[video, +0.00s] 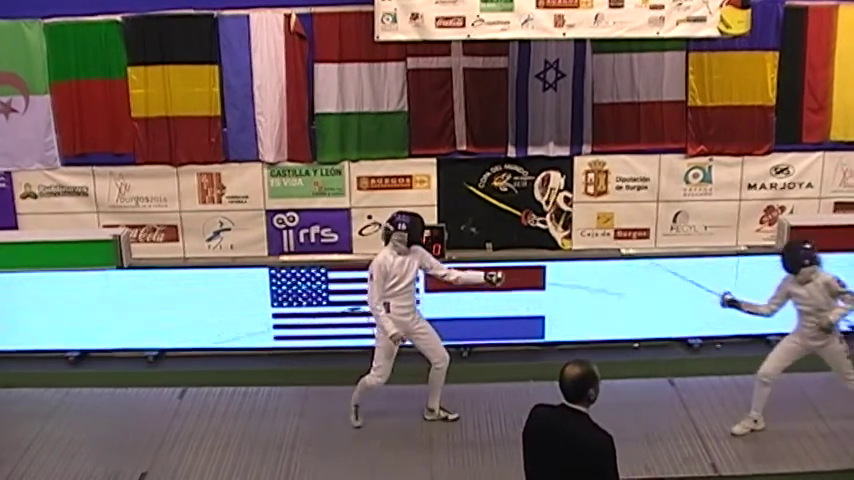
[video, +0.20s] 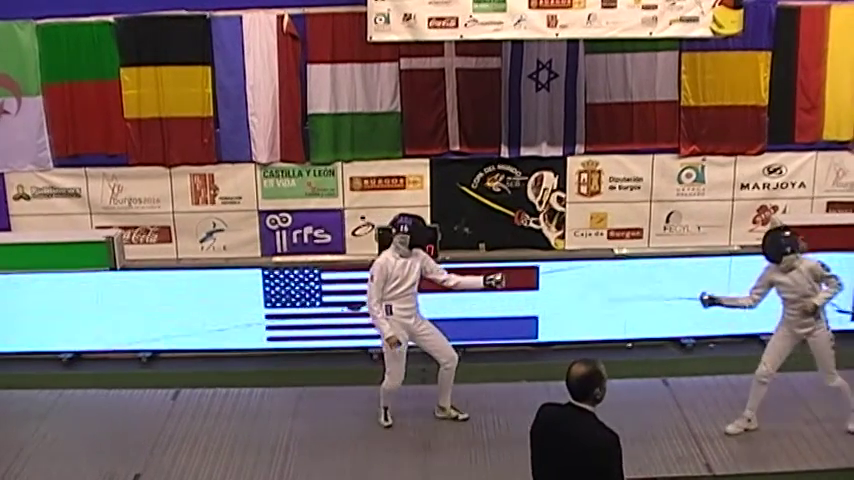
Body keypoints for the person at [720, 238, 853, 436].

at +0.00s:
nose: (808, 274)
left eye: (810, 269)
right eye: (803, 270)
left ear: (812, 265)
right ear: (794, 269)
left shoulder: (826, 280)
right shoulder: (789, 284)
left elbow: (849, 299)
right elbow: (769, 310)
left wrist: (833, 318)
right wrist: (737, 304)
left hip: (829, 340)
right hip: (800, 338)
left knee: (850, 380)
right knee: (765, 374)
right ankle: (755, 418)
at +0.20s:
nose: (782, 264)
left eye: (784, 259)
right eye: (778, 261)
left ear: (792, 252)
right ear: (774, 258)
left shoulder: (810, 266)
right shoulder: (771, 273)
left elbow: (835, 284)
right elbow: (750, 301)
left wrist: (817, 301)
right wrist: (717, 301)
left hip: (816, 328)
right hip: (788, 328)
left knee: (831, 380)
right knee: (763, 373)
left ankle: (853, 414)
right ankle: (748, 417)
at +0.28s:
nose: (774, 265)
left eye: (777, 260)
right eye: (770, 262)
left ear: (787, 254)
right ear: (767, 259)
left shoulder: (803, 269)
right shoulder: (765, 274)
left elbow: (827, 287)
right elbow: (744, 301)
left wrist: (810, 304)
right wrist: (711, 303)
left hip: (806, 332)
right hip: (778, 330)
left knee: (819, 385)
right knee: (751, 374)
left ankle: (843, 416)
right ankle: (742, 418)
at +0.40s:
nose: (770, 270)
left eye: (772, 266)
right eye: (767, 267)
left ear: (781, 259)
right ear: (766, 263)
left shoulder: (801, 275)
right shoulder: (763, 279)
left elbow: (824, 296)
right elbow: (742, 305)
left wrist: (803, 311)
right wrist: (710, 302)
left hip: (799, 338)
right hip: (771, 335)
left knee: (807, 391)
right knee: (742, 375)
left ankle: (833, 418)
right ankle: (734, 418)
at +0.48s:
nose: (771, 268)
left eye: (773, 263)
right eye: (768, 264)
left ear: (783, 256)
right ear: (767, 261)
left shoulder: (803, 269)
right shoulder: (765, 275)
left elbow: (827, 289)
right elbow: (745, 301)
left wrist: (807, 305)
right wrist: (712, 297)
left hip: (804, 333)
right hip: (776, 331)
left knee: (813, 385)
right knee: (747, 373)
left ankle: (831, 418)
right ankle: (731, 416)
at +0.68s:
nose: (785, 260)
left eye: (785, 256)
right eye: (779, 258)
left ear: (784, 253)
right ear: (770, 257)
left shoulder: (803, 267)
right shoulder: (765, 272)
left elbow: (830, 285)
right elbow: (747, 299)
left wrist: (811, 301)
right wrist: (713, 299)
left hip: (808, 327)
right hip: (781, 325)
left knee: (823, 377)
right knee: (755, 369)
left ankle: (847, 412)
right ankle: (744, 415)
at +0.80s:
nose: (785, 274)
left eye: (788, 270)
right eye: (782, 270)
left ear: (796, 262)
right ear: (777, 267)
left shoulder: (814, 276)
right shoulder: (774, 280)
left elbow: (833, 299)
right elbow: (756, 306)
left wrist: (814, 312)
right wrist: (724, 306)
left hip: (814, 335)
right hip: (786, 332)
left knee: (832, 384)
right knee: (751, 370)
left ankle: (853, 412)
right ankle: (738, 415)